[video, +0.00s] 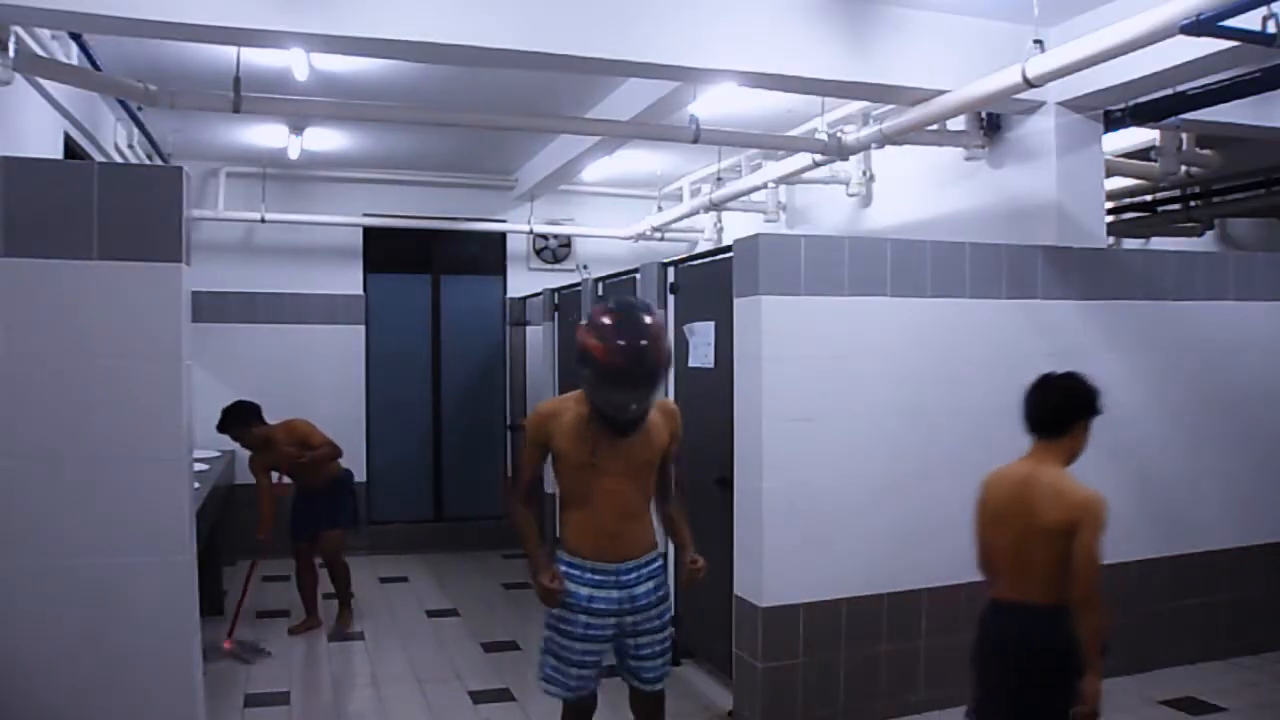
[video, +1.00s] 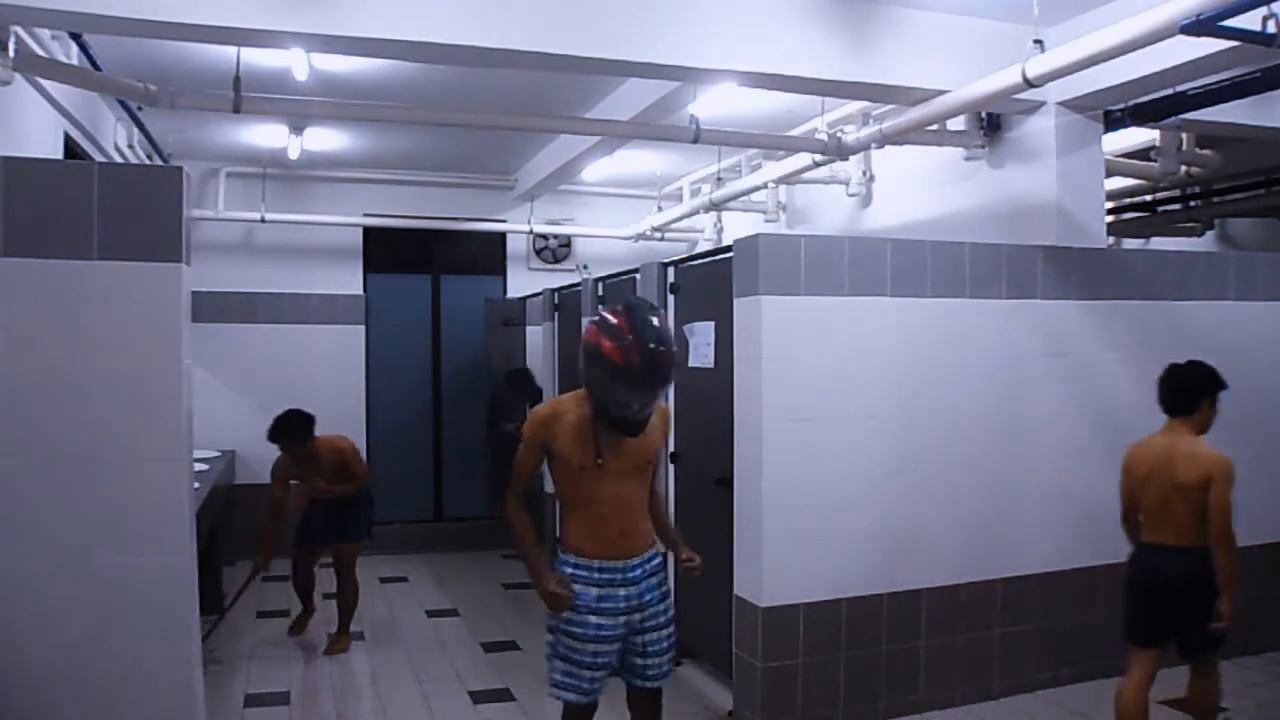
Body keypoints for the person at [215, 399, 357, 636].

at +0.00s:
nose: (240, 445)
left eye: (239, 438)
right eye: (235, 440)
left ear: (253, 427)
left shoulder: (296, 430)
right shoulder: (258, 461)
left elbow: (334, 450)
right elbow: (266, 500)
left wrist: (304, 457)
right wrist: (264, 531)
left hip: (335, 487)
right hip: (306, 492)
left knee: (331, 552)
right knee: (302, 554)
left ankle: (345, 609)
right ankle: (312, 616)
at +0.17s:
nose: (237, 445)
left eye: (237, 438)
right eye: (233, 440)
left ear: (251, 426)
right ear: (248, 428)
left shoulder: (291, 430)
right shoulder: (259, 459)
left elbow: (327, 456)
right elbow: (270, 495)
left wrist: (290, 460)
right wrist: (261, 530)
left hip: (334, 488)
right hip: (305, 493)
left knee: (332, 553)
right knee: (303, 555)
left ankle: (346, 620)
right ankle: (312, 617)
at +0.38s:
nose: (239, 446)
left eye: (239, 439)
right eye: (235, 441)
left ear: (252, 429)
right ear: (252, 429)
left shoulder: (294, 439)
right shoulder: (265, 454)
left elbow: (321, 474)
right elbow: (271, 494)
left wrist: (279, 474)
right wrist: (259, 527)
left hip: (337, 494)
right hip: (308, 497)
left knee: (335, 560)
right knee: (301, 557)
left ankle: (341, 630)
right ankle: (313, 616)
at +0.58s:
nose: (248, 452)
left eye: (248, 445)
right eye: (244, 446)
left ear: (264, 436)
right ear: (262, 437)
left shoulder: (305, 446)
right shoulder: (269, 461)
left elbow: (328, 482)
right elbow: (272, 499)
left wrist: (291, 486)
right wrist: (260, 532)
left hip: (343, 499)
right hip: (312, 501)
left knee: (338, 566)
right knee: (305, 560)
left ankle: (341, 632)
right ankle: (314, 617)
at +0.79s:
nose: (262, 455)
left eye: (264, 448)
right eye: (260, 450)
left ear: (279, 442)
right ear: (272, 446)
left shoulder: (323, 449)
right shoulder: (275, 470)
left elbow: (350, 486)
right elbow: (274, 513)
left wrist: (307, 491)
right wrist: (258, 549)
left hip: (349, 504)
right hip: (317, 505)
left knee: (342, 568)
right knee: (307, 560)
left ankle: (342, 632)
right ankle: (313, 615)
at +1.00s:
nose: (282, 452)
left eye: (285, 446)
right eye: (280, 447)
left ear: (303, 441)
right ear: (283, 444)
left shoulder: (340, 448)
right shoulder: (283, 468)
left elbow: (362, 484)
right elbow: (276, 513)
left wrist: (326, 490)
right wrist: (265, 553)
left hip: (350, 506)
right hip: (316, 507)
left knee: (344, 568)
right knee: (301, 566)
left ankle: (343, 632)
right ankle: (307, 608)